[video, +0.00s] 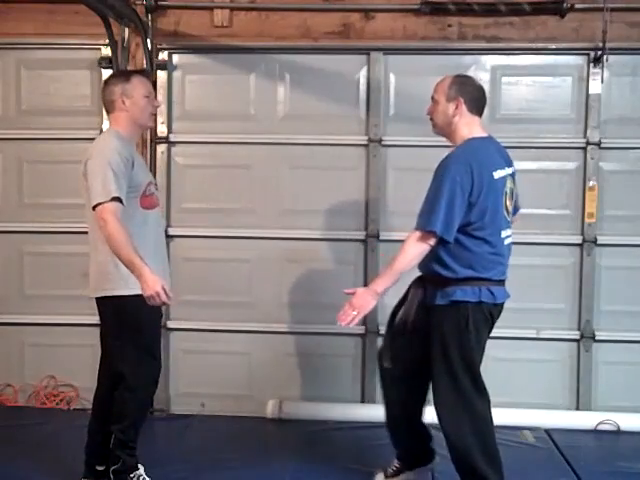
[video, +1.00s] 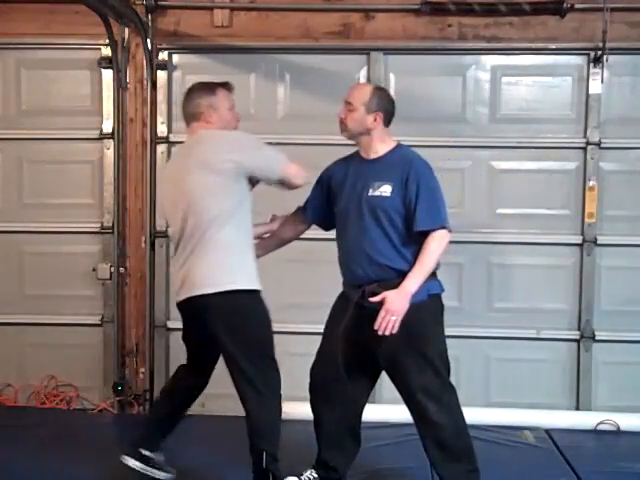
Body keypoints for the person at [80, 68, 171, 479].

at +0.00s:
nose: (156, 105)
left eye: (155, 98)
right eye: (148, 97)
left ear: (127, 105)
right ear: (122, 103)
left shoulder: (127, 151)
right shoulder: (107, 151)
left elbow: (127, 219)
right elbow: (107, 219)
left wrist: (153, 277)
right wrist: (144, 274)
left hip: (132, 287)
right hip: (124, 288)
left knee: (117, 377)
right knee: (139, 377)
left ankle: (98, 464)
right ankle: (122, 465)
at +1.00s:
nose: (236, 115)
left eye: (233, 108)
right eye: (230, 109)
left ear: (196, 118)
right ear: (208, 114)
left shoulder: (169, 169)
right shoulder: (228, 144)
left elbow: (194, 226)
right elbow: (297, 176)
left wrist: (259, 232)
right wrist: (262, 172)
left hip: (191, 292)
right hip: (232, 287)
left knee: (197, 368)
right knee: (261, 381)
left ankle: (145, 446)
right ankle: (266, 469)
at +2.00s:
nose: (282, 117)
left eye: (281, 109)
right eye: (277, 109)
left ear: (240, 110)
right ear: (257, 108)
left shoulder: (211, 153)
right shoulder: (267, 141)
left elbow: (242, 227)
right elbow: (345, 149)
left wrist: (299, 220)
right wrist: (380, 139)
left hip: (221, 290)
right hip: (265, 288)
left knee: (211, 369)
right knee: (286, 382)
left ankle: (164, 452)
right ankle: (272, 471)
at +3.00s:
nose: (180, 101)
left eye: (179, 93)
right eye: (171, 94)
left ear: (158, 102)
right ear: (143, 102)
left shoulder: (167, 149)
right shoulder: (139, 143)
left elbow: (214, 206)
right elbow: (152, 204)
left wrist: (222, 165)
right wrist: (201, 161)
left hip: (178, 274)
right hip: (161, 273)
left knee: (169, 376)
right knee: (180, 377)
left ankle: (150, 465)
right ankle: (169, 468)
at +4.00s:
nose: (285, 124)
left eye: (286, 115)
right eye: (277, 114)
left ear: (255, 116)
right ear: (246, 113)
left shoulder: (270, 170)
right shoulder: (211, 161)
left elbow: (284, 247)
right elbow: (184, 239)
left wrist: (284, 218)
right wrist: (259, 234)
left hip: (287, 309)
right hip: (236, 312)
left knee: (331, 404)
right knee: (234, 412)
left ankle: (334, 474)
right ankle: (189, 475)